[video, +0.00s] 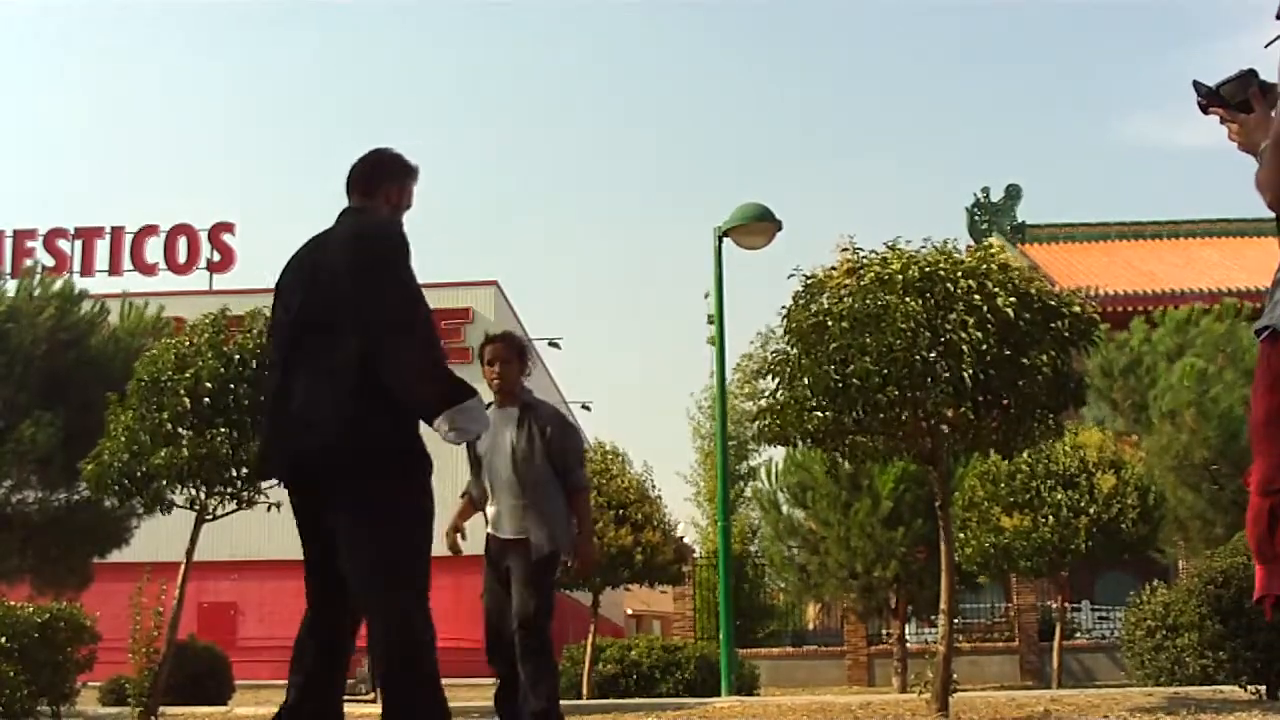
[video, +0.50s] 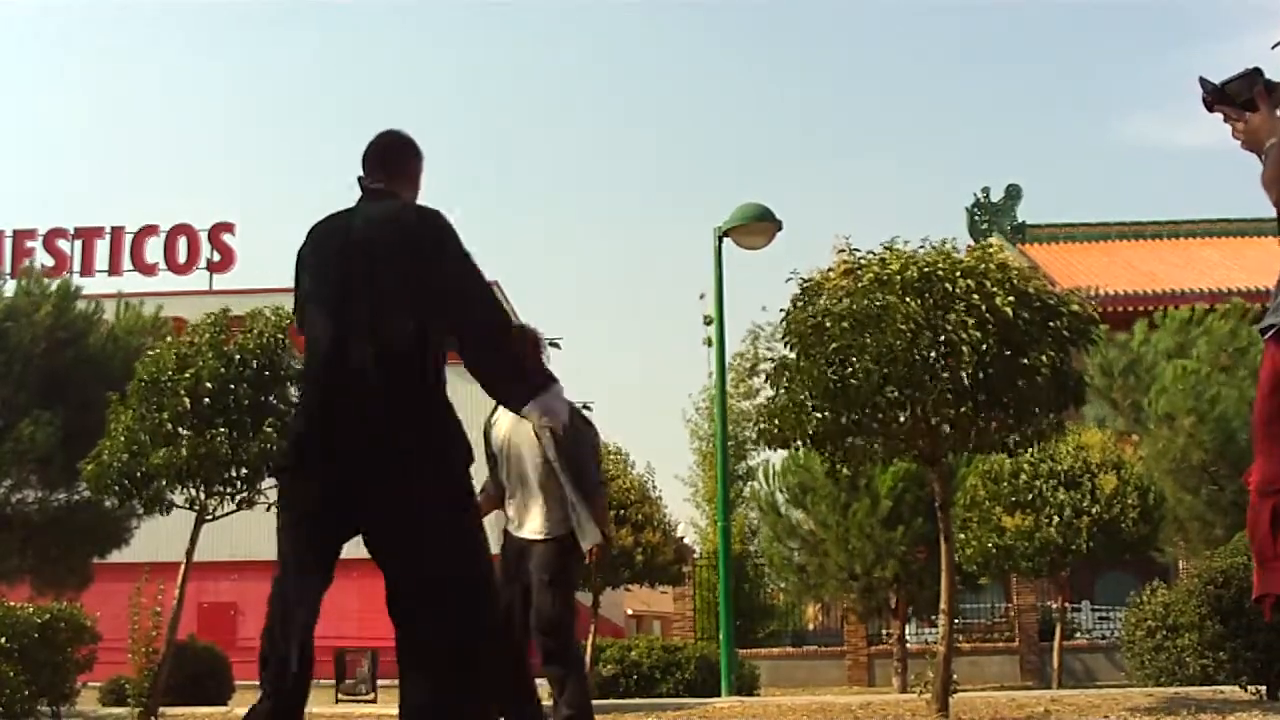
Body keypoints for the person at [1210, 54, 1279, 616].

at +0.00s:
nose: (1229, 135)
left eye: (1230, 122)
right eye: (1225, 125)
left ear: (1257, 103)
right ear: (1257, 106)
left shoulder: (1276, 146)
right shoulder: (1272, 150)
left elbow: (1269, 194)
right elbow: (1270, 195)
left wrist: (1266, 137)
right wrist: (1266, 138)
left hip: (1274, 322)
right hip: (1271, 321)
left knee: (1267, 470)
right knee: (1265, 469)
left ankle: (1268, 589)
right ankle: (1266, 589)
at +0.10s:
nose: (1231, 138)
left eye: (1232, 124)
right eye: (1226, 127)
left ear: (1263, 104)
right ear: (1263, 105)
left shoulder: (1278, 148)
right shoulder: (1273, 157)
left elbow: (1272, 194)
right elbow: (1273, 196)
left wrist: (1269, 136)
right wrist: (1272, 132)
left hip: (1275, 333)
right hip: (1272, 332)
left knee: (1269, 476)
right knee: (1267, 475)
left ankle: (1271, 592)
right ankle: (1269, 591)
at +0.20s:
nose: (1230, 134)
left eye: (1231, 122)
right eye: (1225, 125)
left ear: (1259, 107)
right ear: (1261, 106)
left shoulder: (1277, 151)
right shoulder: (1271, 159)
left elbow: (1272, 194)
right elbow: (1272, 195)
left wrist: (1267, 143)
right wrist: (1270, 141)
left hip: (1273, 334)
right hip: (1270, 333)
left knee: (1267, 475)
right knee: (1265, 474)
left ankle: (1269, 591)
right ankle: (1267, 591)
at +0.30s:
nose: (1231, 133)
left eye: (1233, 122)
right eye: (1226, 124)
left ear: (1261, 107)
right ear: (1263, 106)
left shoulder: (1274, 162)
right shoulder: (1270, 166)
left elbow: (1272, 191)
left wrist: (1267, 143)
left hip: (1273, 335)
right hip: (1271, 334)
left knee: (1267, 476)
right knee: (1265, 475)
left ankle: (1269, 592)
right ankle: (1268, 592)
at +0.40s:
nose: (1231, 132)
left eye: (1235, 120)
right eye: (1227, 123)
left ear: (1263, 108)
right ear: (1262, 108)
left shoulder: (1273, 163)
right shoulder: (1269, 167)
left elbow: (1272, 191)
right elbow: (1272, 193)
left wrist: (1269, 143)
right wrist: (1270, 142)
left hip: (1273, 337)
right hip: (1271, 336)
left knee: (1266, 476)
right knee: (1265, 476)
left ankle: (1269, 592)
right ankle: (1267, 591)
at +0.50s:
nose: (1232, 133)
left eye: (1234, 120)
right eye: (1227, 123)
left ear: (1263, 106)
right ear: (1265, 105)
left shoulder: (1276, 160)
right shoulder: (1272, 164)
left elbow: (1275, 199)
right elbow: (1275, 200)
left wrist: (1269, 144)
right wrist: (1270, 143)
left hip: (1274, 337)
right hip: (1272, 335)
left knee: (1267, 479)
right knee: (1266, 478)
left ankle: (1270, 594)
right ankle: (1269, 593)